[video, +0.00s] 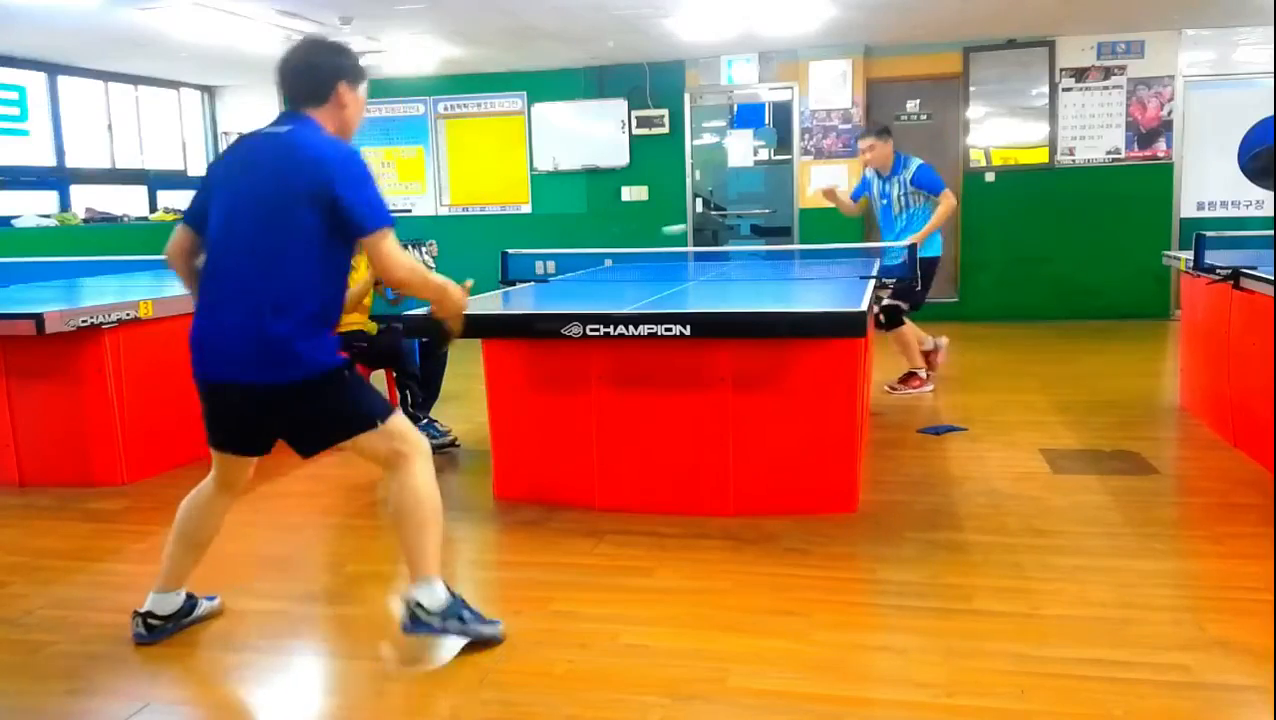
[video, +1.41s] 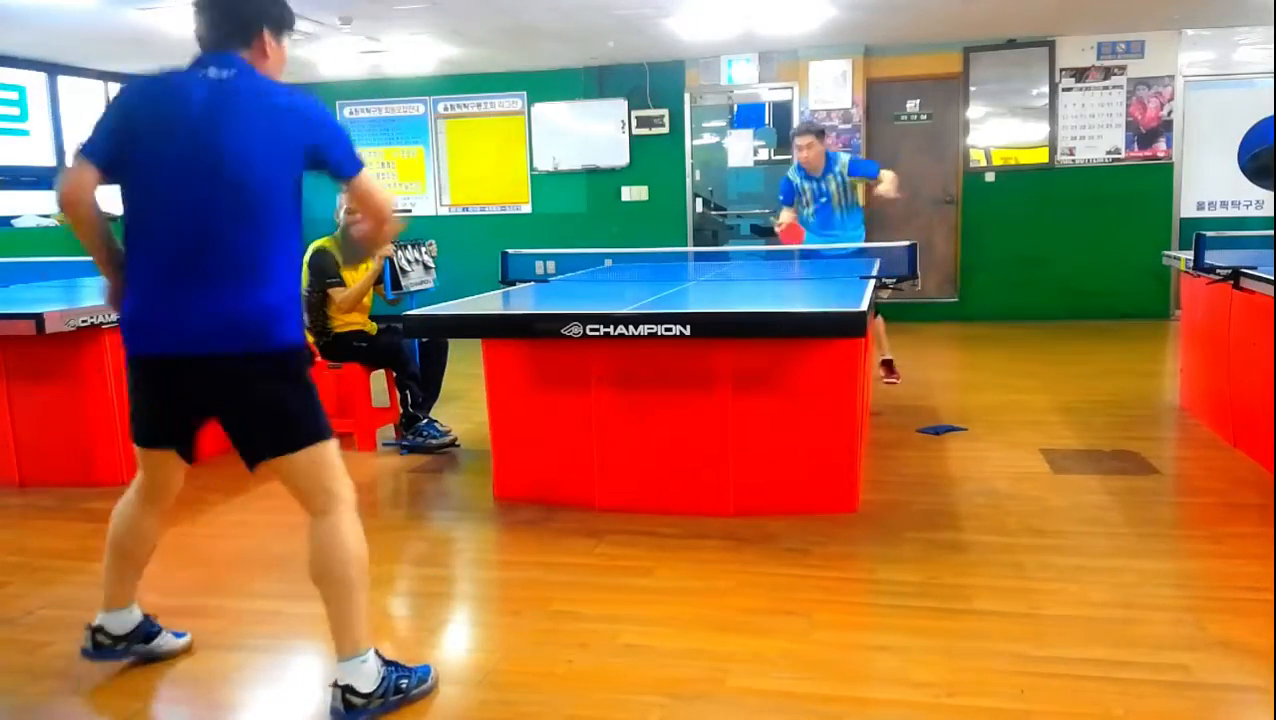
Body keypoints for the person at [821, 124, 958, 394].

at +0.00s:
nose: (865, 157)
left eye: (869, 150)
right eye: (861, 152)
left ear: (888, 145)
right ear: (861, 153)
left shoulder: (915, 169)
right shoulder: (871, 175)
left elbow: (949, 202)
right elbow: (853, 207)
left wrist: (923, 234)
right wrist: (835, 198)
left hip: (919, 253)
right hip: (891, 252)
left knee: (890, 309)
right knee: (878, 311)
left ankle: (918, 373)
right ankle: (929, 345)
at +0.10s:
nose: (864, 149)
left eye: (870, 141)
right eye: (861, 143)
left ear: (888, 138)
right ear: (859, 143)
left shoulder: (912, 164)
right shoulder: (863, 168)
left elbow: (941, 198)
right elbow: (843, 202)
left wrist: (917, 231)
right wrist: (828, 191)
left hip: (911, 248)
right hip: (882, 249)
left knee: (894, 308)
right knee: (876, 303)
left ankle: (919, 373)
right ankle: (894, 346)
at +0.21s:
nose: (857, 147)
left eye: (862, 140)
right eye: (854, 141)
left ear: (880, 137)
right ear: (852, 140)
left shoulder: (903, 162)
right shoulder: (854, 167)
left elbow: (933, 196)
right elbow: (837, 203)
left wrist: (908, 228)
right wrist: (827, 196)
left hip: (901, 249)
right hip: (870, 250)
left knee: (895, 311)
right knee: (861, 311)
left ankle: (919, 373)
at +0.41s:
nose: (841, 144)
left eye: (846, 137)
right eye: (838, 138)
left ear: (866, 135)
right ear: (839, 139)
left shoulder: (888, 163)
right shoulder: (846, 168)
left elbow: (915, 199)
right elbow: (843, 203)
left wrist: (886, 229)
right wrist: (824, 218)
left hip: (888, 254)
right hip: (856, 254)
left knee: (890, 310)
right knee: (851, 314)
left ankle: (920, 372)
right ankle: (850, 378)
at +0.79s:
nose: (828, 167)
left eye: (832, 159)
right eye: (823, 162)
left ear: (849, 153)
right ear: (820, 161)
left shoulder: (876, 171)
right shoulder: (829, 189)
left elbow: (913, 197)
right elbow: (830, 228)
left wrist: (881, 200)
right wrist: (828, 233)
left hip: (889, 257)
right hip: (853, 261)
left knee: (889, 314)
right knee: (847, 317)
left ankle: (920, 373)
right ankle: (847, 382)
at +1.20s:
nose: (820, 163)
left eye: (825, 156)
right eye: (815, 157)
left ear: (840, 153)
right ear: (810, 157)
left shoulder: (856, 166)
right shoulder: (808, 185)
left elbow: (883, 179)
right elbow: (811, 224)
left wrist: (909, 195)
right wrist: (826, 216)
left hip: (866, 257)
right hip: (829, 264)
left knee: (887, 309)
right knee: (831, 321)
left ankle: (912, 367)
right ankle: (834, 379)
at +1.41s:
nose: (803, 155)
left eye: (808, 147)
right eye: (798, 149)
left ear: (823, 145)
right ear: (794, 150)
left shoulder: (843, 164)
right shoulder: (792, 178)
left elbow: (887, 174)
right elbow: (788, 210)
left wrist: (887, 185)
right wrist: (785, 223)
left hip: (851, 251)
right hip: (814, 253)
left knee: (867, 306)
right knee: (815, 310)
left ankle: (886, 359)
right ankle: (819, 366)